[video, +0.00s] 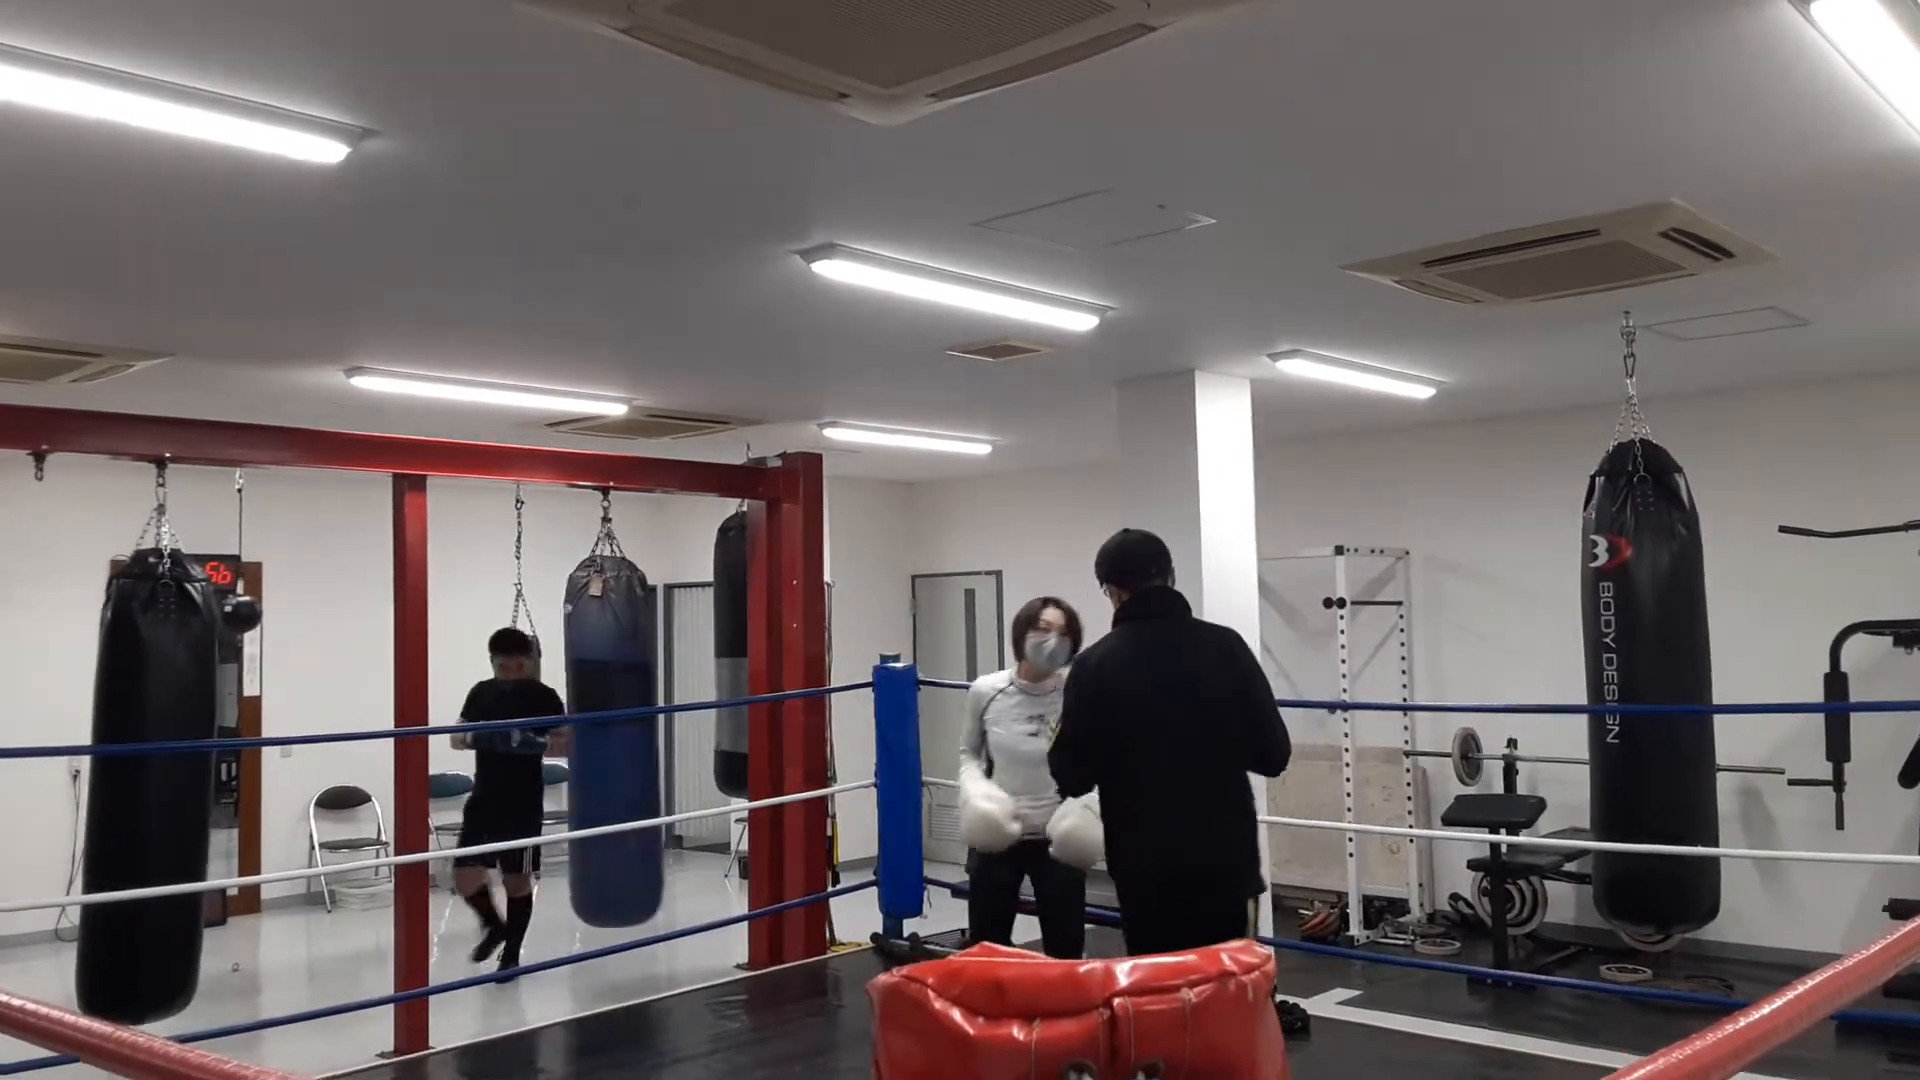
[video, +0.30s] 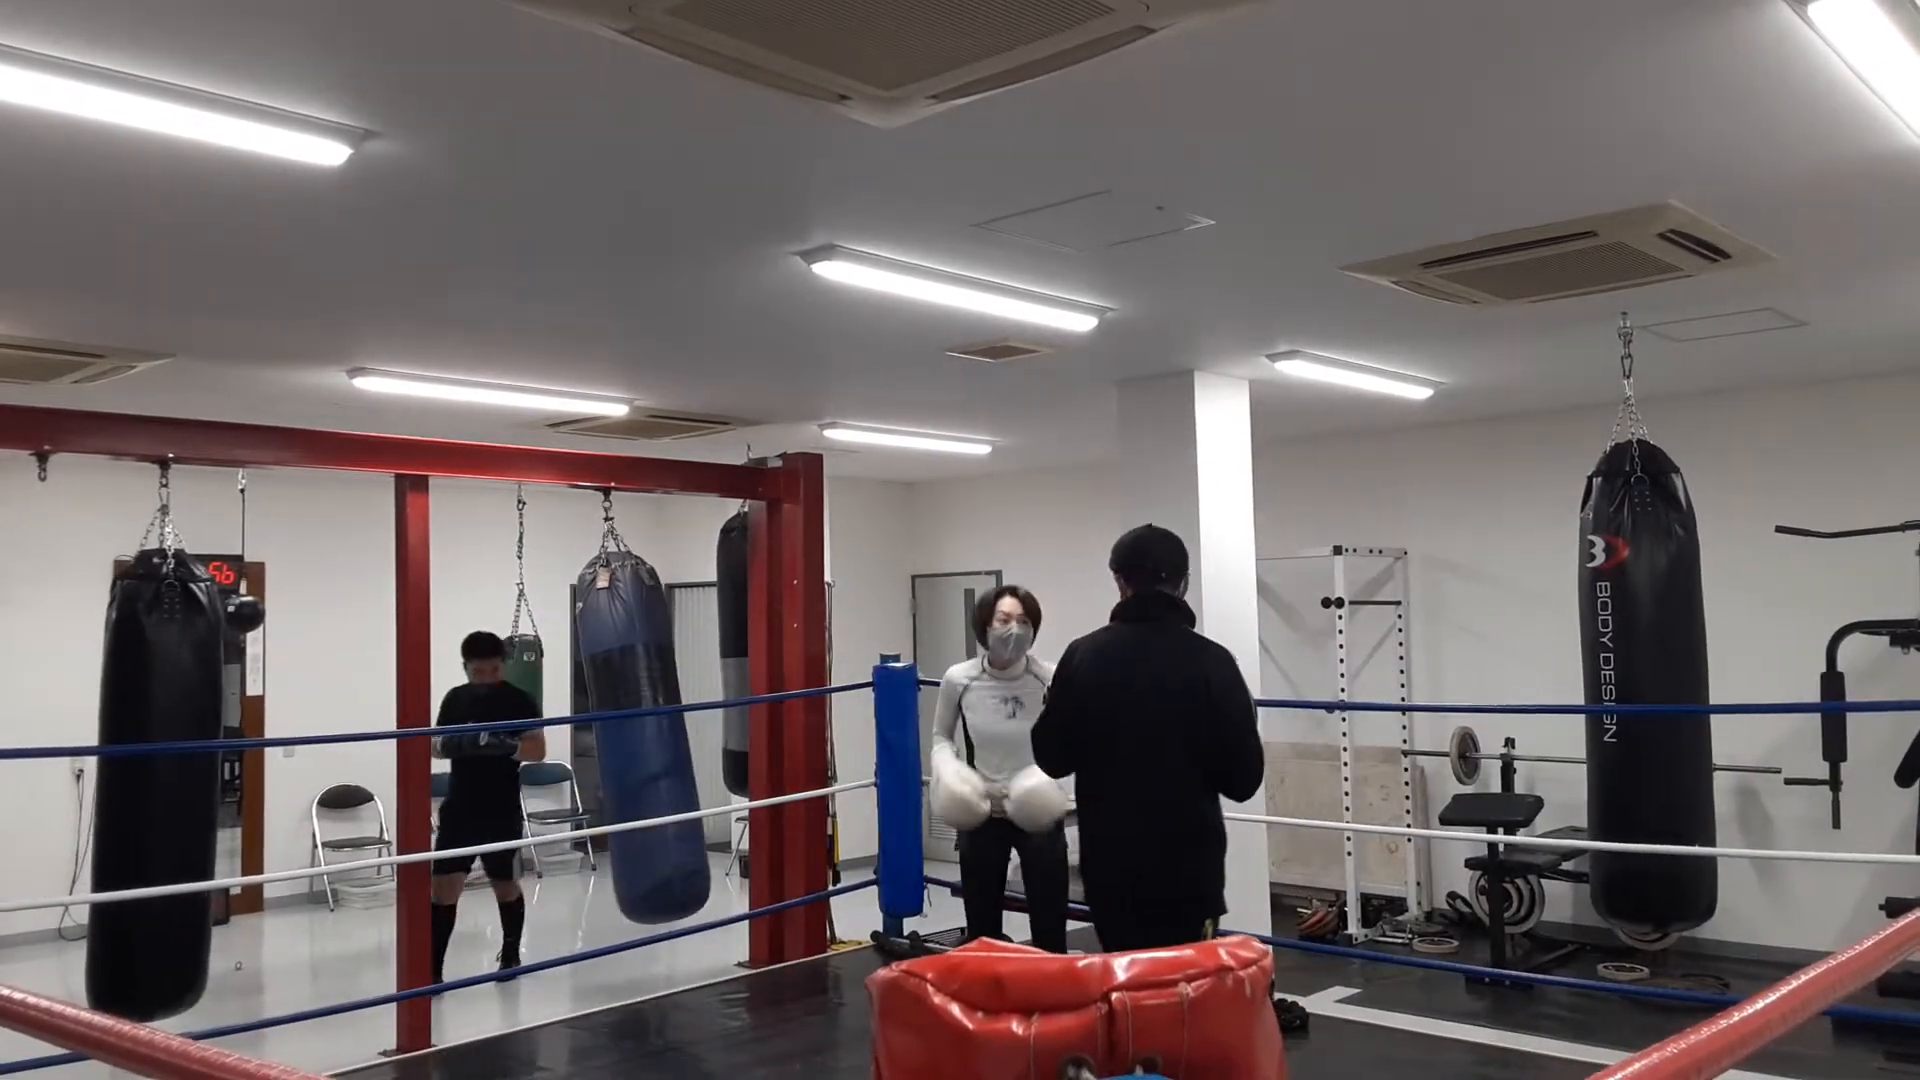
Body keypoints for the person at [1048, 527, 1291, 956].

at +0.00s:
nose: (1107, 600)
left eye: (1106, 592)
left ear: (1114, 592)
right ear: (1168, 577)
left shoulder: (1094, 665)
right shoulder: (1225, 646)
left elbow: (1071, 776)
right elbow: (1274, 756)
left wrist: (1118, 734)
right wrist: (1212, 731)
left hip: (1144, 868)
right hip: (1224, 862)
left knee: (1158, 997)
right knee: (1228, 997)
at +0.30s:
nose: (1117, 589)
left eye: (1117, 581)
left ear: (1122, 583)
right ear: (1182, 583)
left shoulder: (1085, 656)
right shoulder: (1212, 660)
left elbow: (1051, 756)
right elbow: (1243, 780)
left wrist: (1107, 726)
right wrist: (1191, 735)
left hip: (1111, 869)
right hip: (1190, 870)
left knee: (1130, 1000)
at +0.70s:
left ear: (1120, 577)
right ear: (1185, 592)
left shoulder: (1065, 645)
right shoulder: (1192, 679)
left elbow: (1028, 736)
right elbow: (1205, 793)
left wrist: (1086, 730)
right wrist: (1146, 760)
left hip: (1065, 861)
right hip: (1145, 869)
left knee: (1082, 996)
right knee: (1142, 1003)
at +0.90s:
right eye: (1185, 603)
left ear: (1115, 584)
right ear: (1179, 606)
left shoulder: (1049, 648)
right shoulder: (1179, 692)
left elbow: (1019, 742)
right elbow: (1179, 796)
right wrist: (1123, 763)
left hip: (1046, 856)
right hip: (1123, 869)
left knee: (1067, 989)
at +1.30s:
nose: (1131, 619)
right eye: (1134, 610)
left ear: (1070, 588)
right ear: (1127, 610)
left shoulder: (1004, 658)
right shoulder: (1112, 684)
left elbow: (985, 763)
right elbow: (1125, 808)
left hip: (997, 864)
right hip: (1071, 872)